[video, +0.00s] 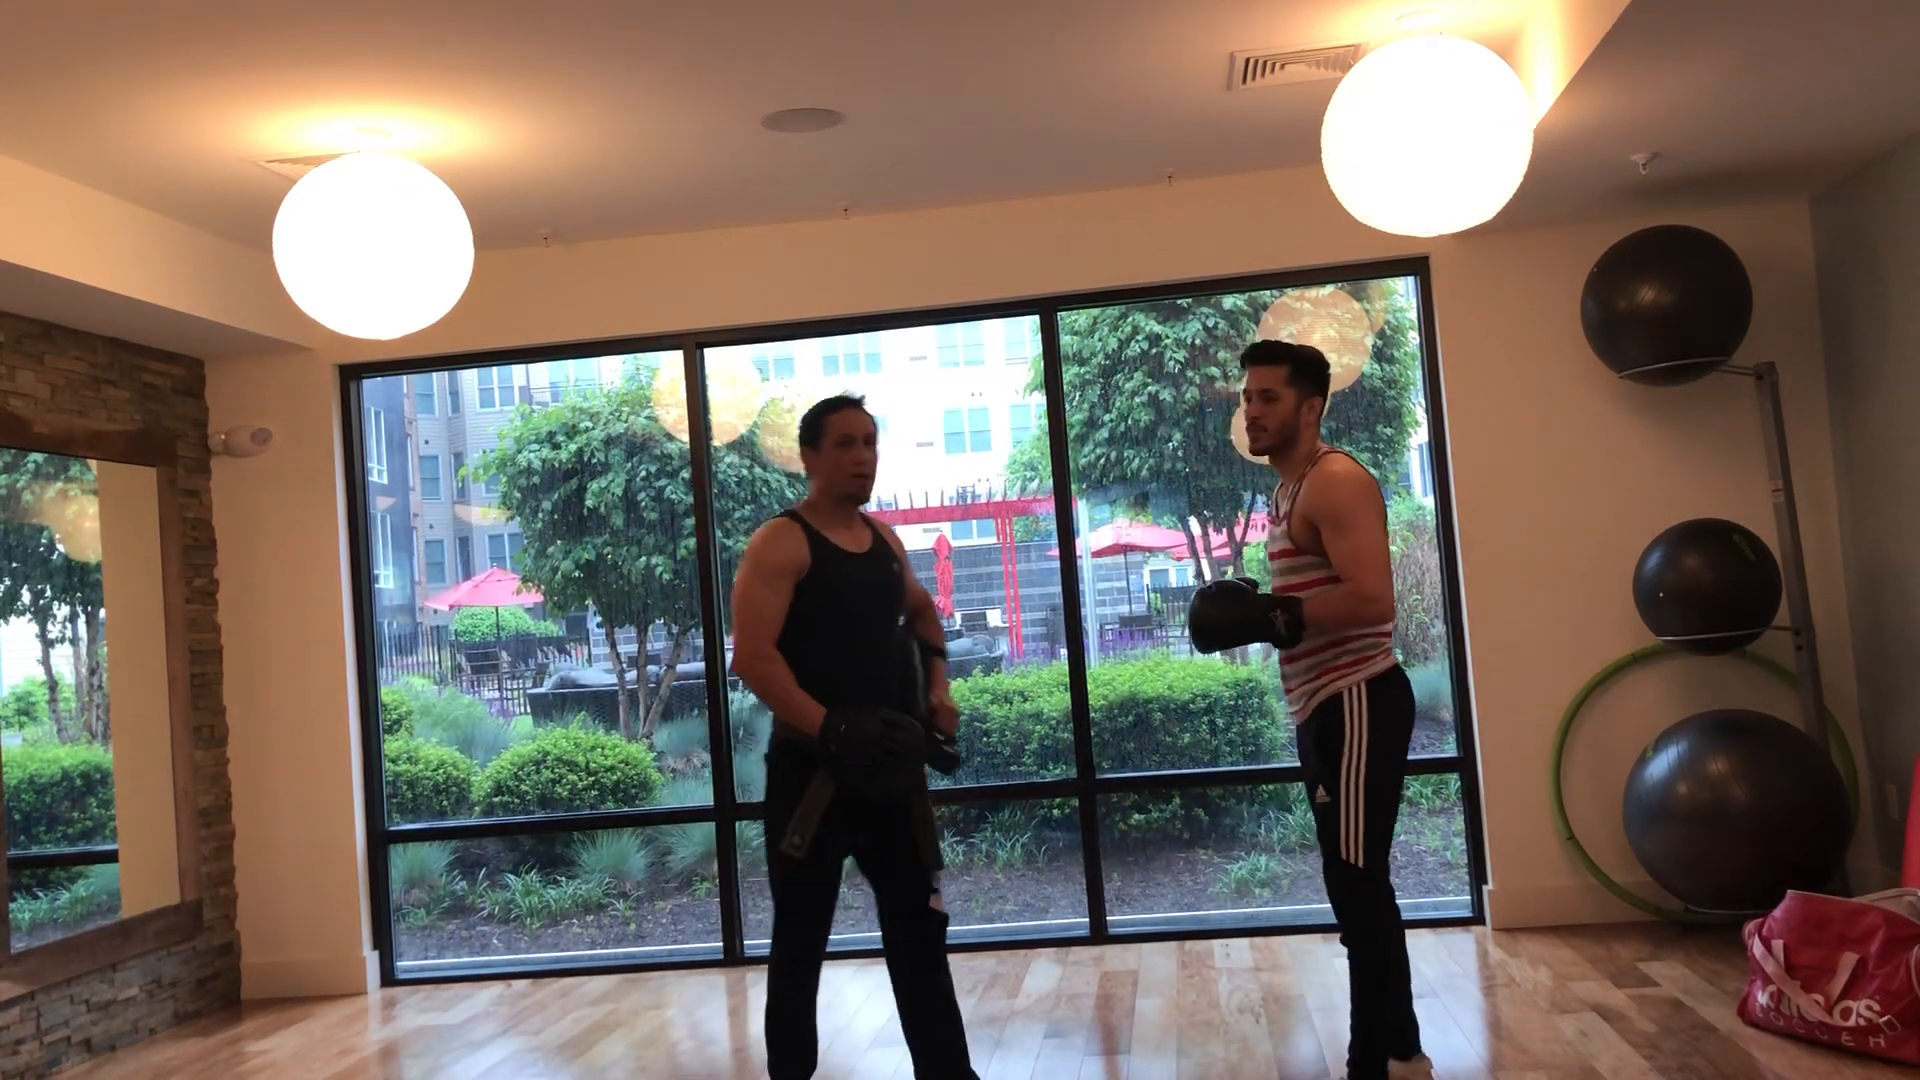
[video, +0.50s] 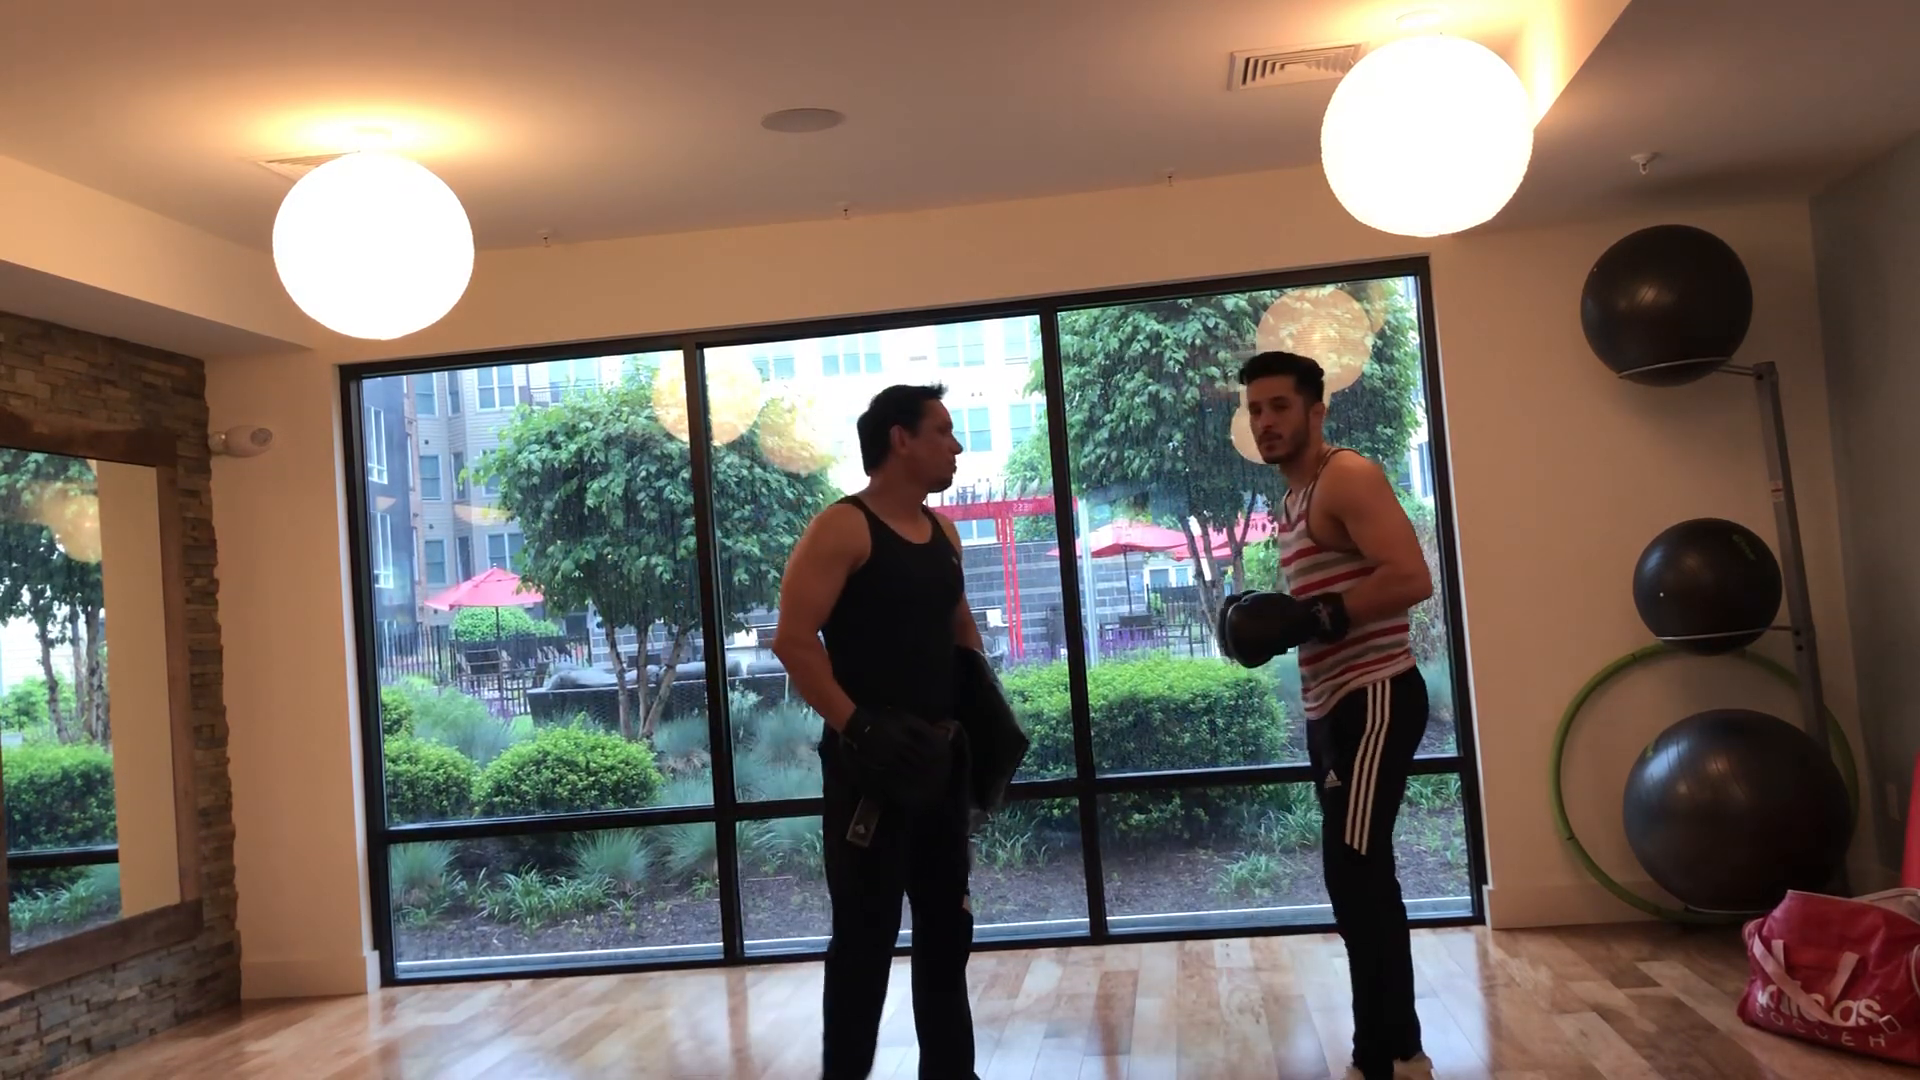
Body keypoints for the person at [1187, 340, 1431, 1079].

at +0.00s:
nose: (1252, 411)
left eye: (1268, 397)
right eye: (1248, 398)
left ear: (1311, 405)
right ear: (1251, 405)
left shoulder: (1338, 480)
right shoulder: (1293, 488)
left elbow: (1374, 602)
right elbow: (1321, 596)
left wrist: (1273, 615)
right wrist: (1255, 609)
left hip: (1360, 698)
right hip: (1328, 701)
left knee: (1356, 883)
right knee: (1354, 881)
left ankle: (1371, 1064)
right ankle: (1399, 1045)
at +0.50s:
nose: (1265, 421)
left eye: (1278, 406)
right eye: (1255, 409)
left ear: (1315, 409)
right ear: (1250, 418)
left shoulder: (1348, 477)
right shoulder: (1294, 497)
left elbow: (1412, 577)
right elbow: (1335, 594)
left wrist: (1317, 616)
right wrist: (1273, 618)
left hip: (1376, 694)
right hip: (1336, 699)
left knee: (1353, 869)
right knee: (1356, 869)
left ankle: (1388, 1054)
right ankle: (1391, 1046)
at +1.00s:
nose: (1269, 413)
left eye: (1285, 398)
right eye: (1264, 399)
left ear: (1328, 403)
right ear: (1261, 405)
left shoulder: (1362, 480)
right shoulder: (1286, 495)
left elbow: (1420, 592)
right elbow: (1317, 597)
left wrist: (1315, 614)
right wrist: (1257, 607)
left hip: (1366, 699)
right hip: (1314, 707)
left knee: (1375, 883)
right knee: (1352, 885)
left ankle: (1402, 1059)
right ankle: (1396, 1052)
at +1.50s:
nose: (1256, 397)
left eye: (1271, 383)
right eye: (1259, 383)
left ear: (1319, 392)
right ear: (1302, 394)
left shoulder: (1371, 479)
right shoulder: (1282, 489)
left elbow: (1413, 603)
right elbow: (1306, 592)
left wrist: (1301, 611)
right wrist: (1243, 603)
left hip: (1365, 699)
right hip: (1299, 707)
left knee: (1380, 887)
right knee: (1300, 882)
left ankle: (1403, 1062)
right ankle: (1378, 1036)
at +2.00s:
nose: (1237, 413)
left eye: (1245, 398)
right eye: (1238, 399)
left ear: (1283, 397)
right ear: (1291, 400)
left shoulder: (1337, 475)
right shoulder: (1321, 478)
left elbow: (1354, 603)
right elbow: (1337, 597)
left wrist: (1263, 613)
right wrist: (1261, 608)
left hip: (1365, 698)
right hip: (1343, 699)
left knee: (1370, 879)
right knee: (1348, 874)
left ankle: (1402, 1062)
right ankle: (1432, 1041)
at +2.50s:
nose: (1242, 459)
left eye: (1245, 441)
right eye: (1238, 446)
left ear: (1281, 425)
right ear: (1304, 426)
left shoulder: (1305, 472)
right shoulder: (1370, 468)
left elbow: (1347, 571)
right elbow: (1360, 598)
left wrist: (1271, 599)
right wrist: (1277, 592)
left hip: (1396, 693)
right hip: (1446, 685)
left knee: (1345, 889)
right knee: (1441, 881)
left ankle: (1382, 1069)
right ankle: (1457, 1048)